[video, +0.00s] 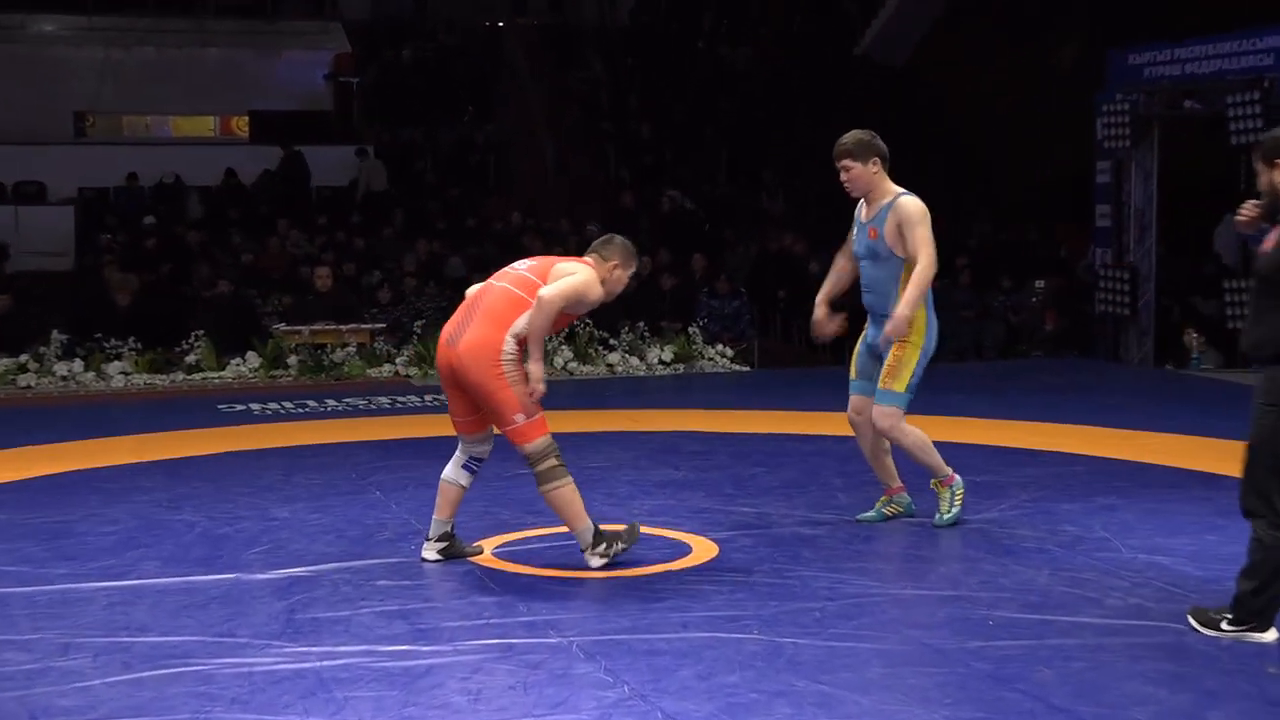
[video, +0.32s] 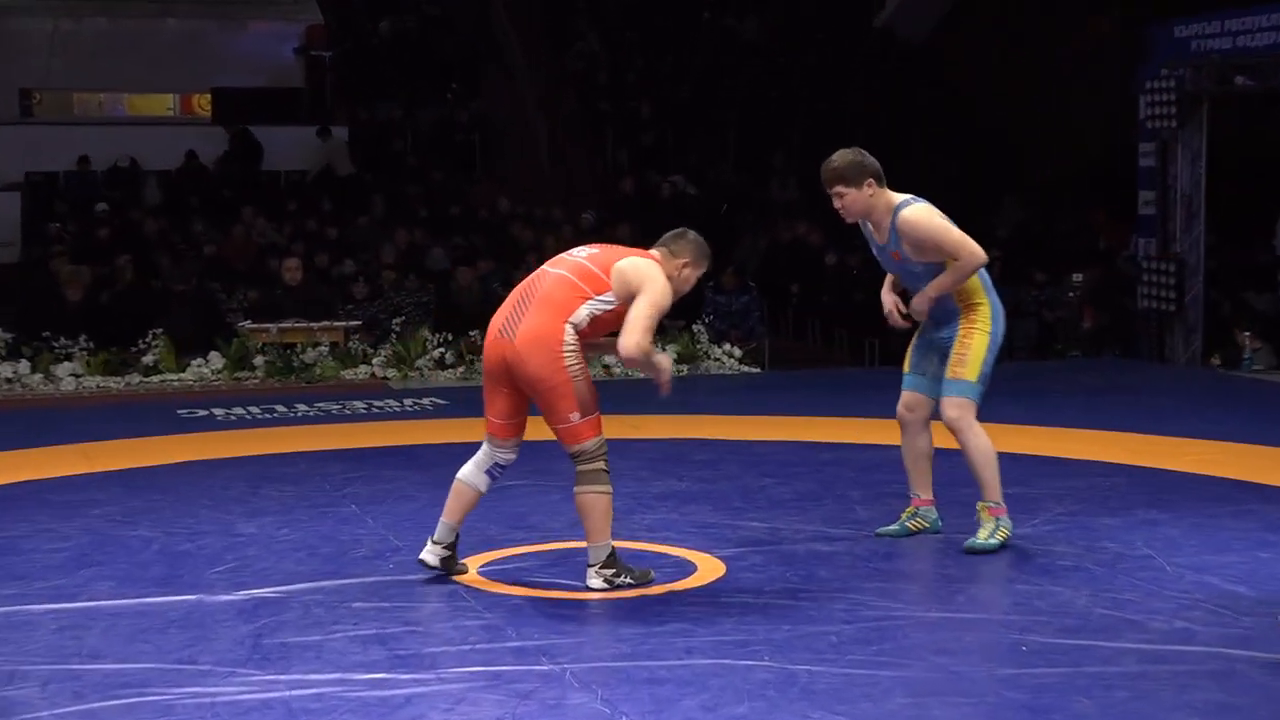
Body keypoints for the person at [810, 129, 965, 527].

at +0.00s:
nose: (843, 178)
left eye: (848, 169)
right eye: (840, 171)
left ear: (875, 166)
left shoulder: (908, 208)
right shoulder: (862, 209)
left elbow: (927, 262)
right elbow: (848, 259)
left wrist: (902, 314)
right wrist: (822, 300)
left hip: (910, 325)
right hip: (875, 325)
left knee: (887, 420)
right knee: (859, 414)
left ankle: (948, 481)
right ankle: (895, 494)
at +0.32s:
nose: (836, 205)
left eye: (841, 195)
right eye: (832, 197)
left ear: (870, 187)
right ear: (860, 192)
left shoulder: (914, 219)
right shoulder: (869, 222)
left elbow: (974, 256)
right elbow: (904, 258)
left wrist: (929, 293)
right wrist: (888, 289)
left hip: (973, 314)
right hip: (934, 318)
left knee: (957, 412)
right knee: (910, 412)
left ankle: (996, 517)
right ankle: (923, 510)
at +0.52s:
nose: (856, 238)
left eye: (860, 228)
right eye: (852, 230)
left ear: (891, 217)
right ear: (888, 218)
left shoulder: (942, 249)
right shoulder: (903, 231)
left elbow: (997, 301)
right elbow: (926, 261)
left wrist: (933, 312)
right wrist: (904, 286)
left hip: (1026, 313)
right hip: (986, 314)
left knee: (1002, 422)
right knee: (951, 411)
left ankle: (1023, 534)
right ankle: (954, 514)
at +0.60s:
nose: (867, 257)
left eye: (871, 247)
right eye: (862, 250)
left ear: (902, 235)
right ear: (901, 234)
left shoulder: (961, 265)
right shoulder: (916, 239)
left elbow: (999, 336)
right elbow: (937, 280)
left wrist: (932, 324)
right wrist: (908, 297)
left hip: (1041, 316)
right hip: (998, 315)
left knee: (1006, 426)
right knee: (962, 412)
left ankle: (1030, 539)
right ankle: (1000, 510)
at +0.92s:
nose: (851, 267)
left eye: (854, 256)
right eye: (846, 259)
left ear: (886, 244)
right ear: (885, 244)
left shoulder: (952, 269)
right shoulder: (899, 260)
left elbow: (958, 355)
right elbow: (904, 308)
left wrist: (885, 318)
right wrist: (860, 315)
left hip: (1040, 325)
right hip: (992, 331)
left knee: (995, 432)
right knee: (940, 418)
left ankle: (1033, 554)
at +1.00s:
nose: (838, 254)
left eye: (840, 243)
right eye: (833, 246)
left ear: (871, 230)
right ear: (868, 230)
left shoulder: (933, 245)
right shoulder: (878, 249)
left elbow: (915, 316)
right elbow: (860, 307)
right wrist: (811, 298)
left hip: (1024, 324)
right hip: (979, 334)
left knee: (989, 431)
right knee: (925, 426)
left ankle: (1029, 556)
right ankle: (908, 523)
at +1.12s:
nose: (811, 241)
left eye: (813, 231)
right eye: (805, 234)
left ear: (842, 219)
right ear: (832, 224)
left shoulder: (897, 223)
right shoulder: (836, 247)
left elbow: (846, 250)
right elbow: (788, 298)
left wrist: (769, 232)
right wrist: (734, 261)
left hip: (1000, 309)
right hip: (947, 326)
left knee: (1006, 420)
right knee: (898, 423)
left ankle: (1032, 546)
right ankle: (898, 526)